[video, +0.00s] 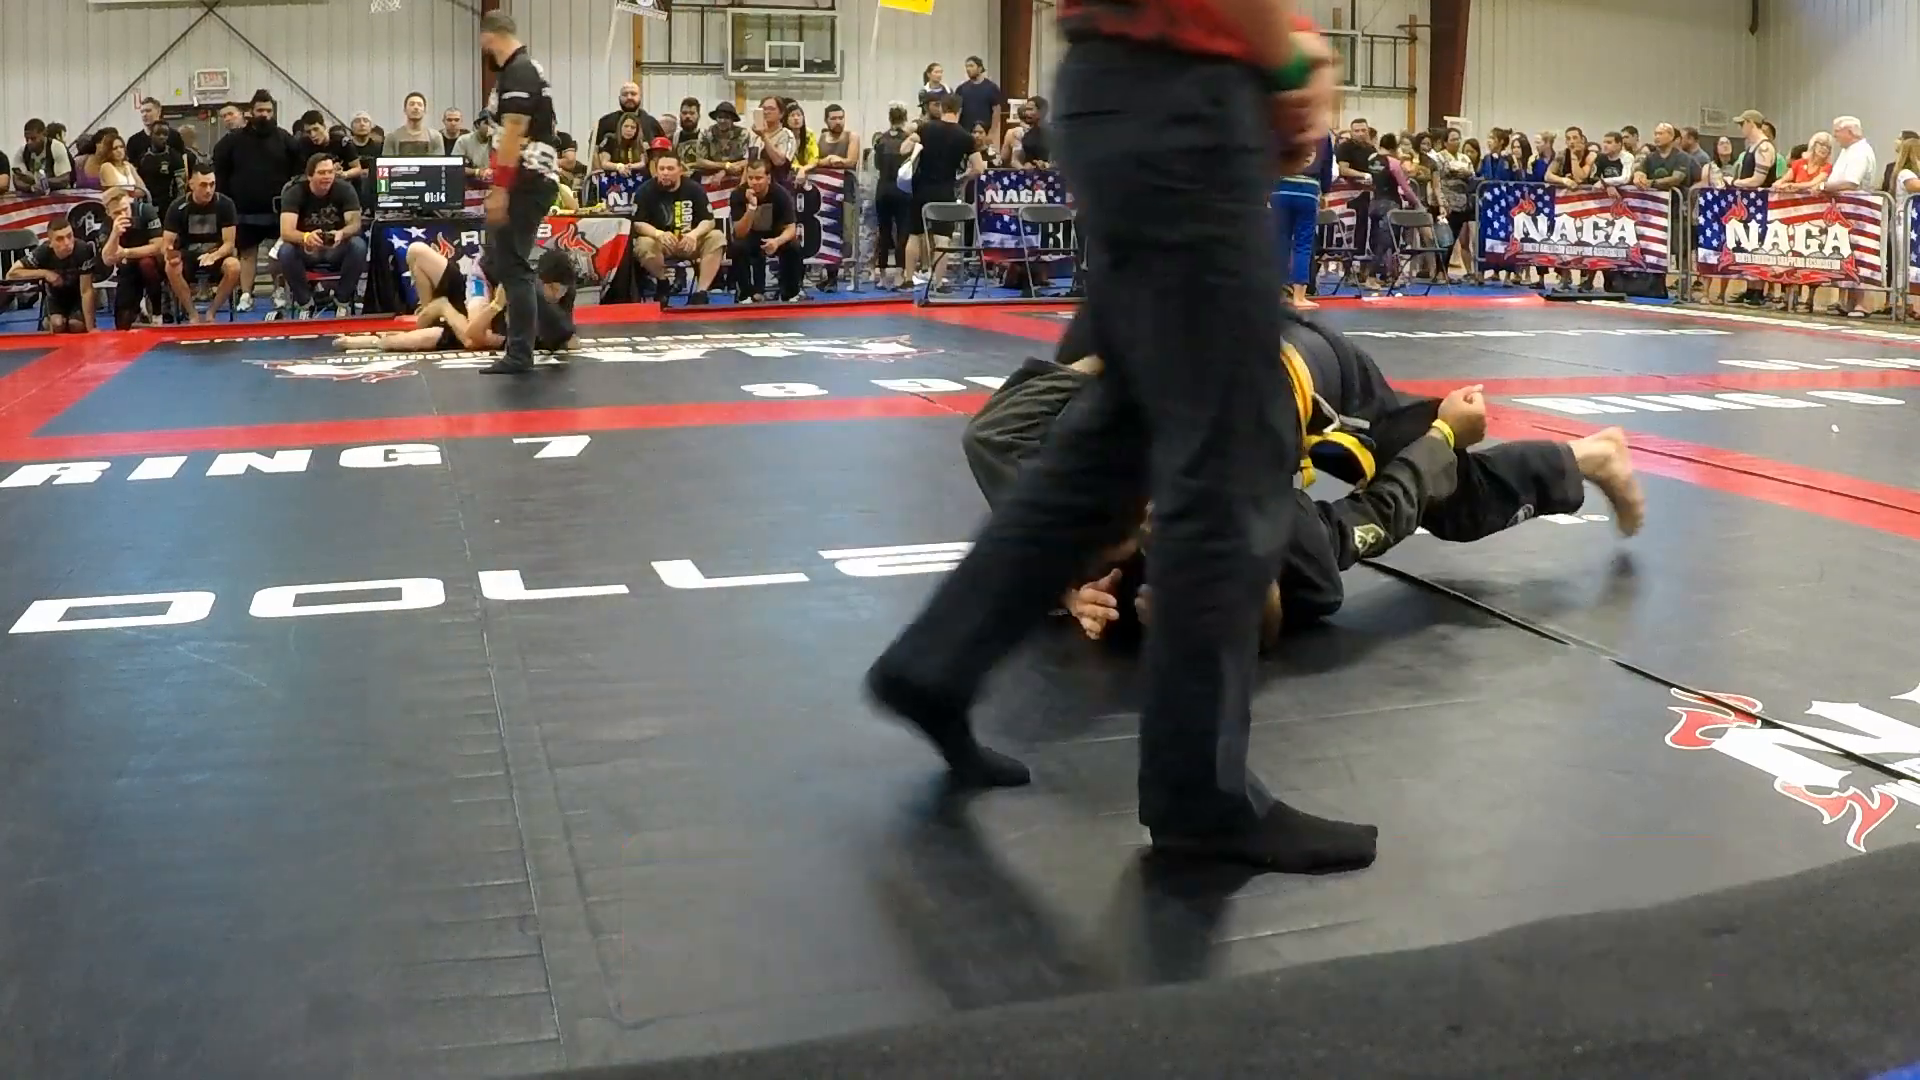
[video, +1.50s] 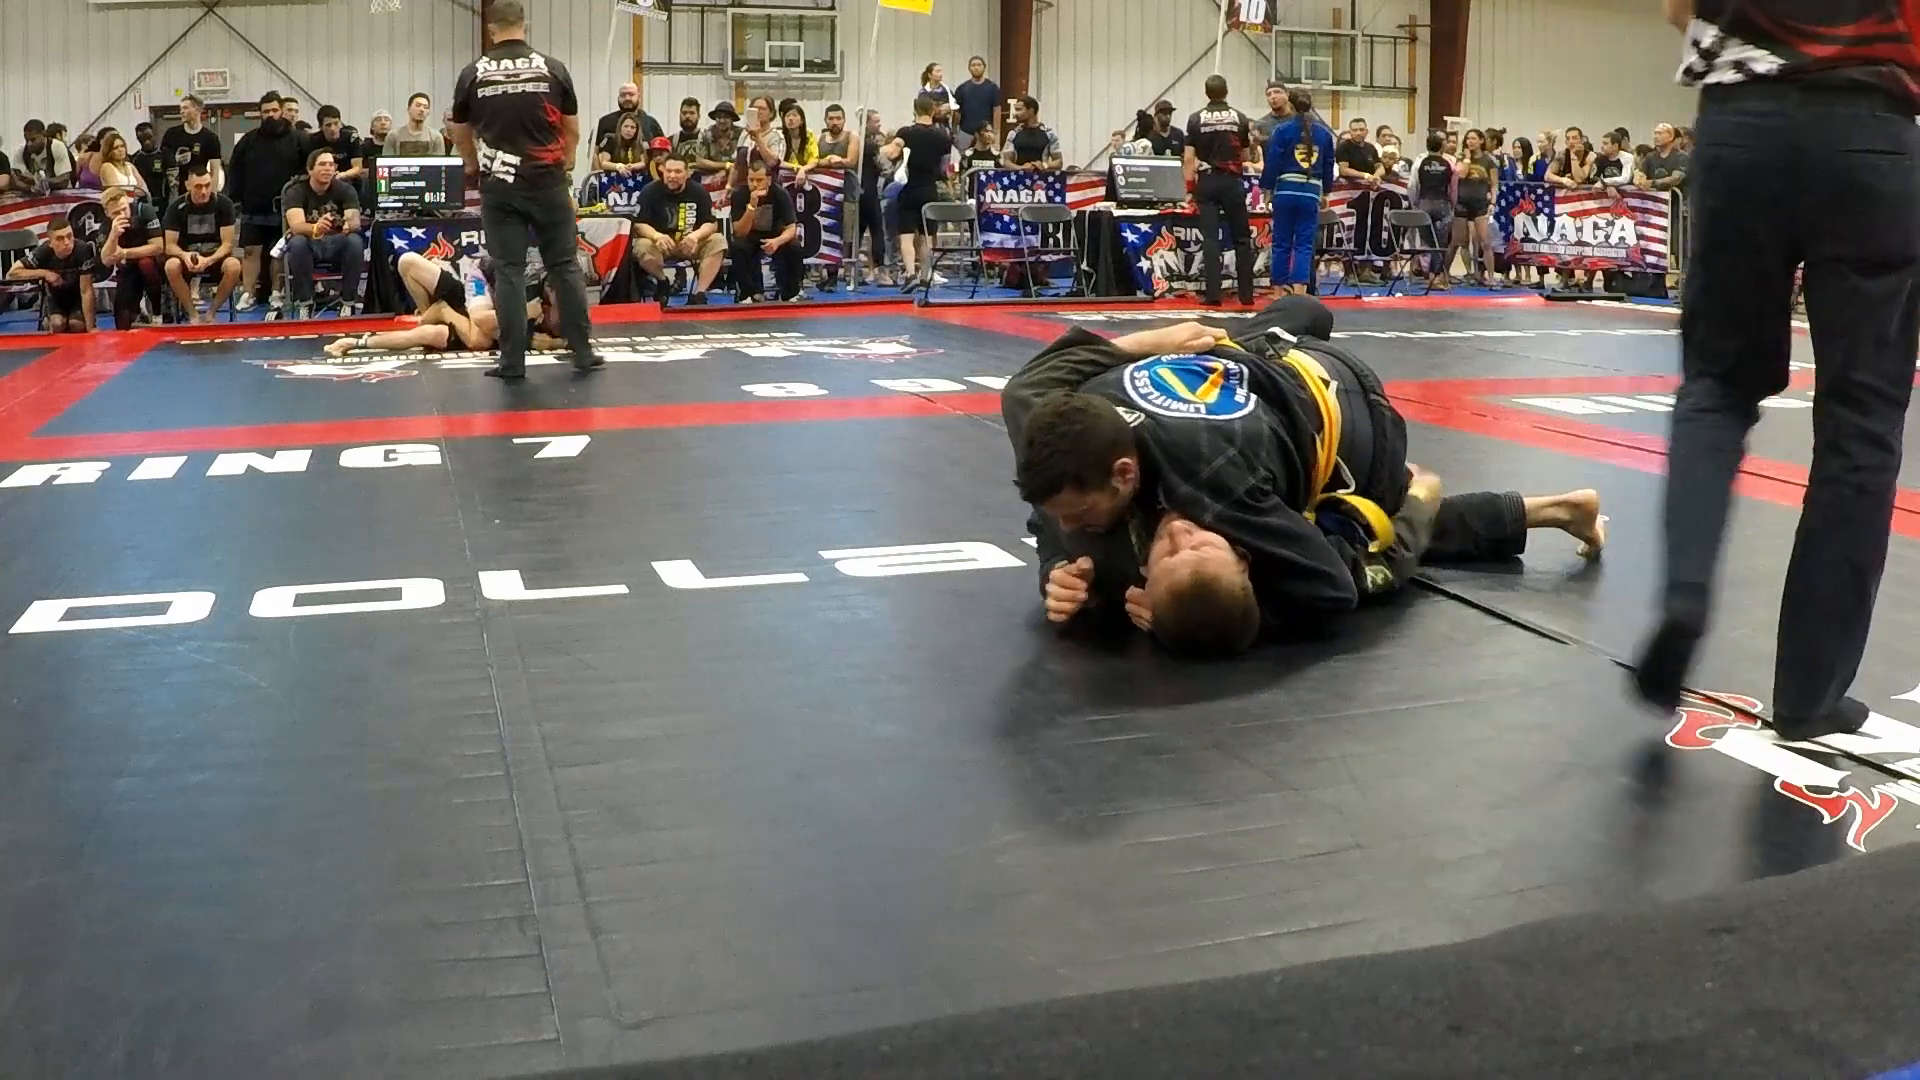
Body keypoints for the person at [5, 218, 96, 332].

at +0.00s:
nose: (67, 243)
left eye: (69, 237)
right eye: (60, 239)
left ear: (73, 235)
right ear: (50, 241)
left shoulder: (83, 249)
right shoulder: (44, 251)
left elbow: (86, 290)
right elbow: (12, 274)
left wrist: (91, 328)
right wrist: (44, 273)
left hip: (78, 293)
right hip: (55, 293)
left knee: (76, 325)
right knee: (58, 323)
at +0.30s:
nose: (67, 243)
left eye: (69, 237)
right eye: (60, 239)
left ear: (73, 235)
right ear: (50, 241)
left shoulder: (83, 250)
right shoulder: (44, 251)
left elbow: (86, 290)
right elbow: (12, 274)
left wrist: (91, 328)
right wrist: (44, 273)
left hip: (78, 291)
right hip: (55, 292)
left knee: (76, 325)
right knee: (58, 324)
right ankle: (46, 323)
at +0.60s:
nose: (67, 243)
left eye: (69, 236)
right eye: (60, 239)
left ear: (73, 235)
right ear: (50, 241)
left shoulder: (83, 250)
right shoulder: (44, 251)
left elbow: (86, 290)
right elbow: (12, 274)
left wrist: (91, 328)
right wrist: (44, 273)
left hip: (78, 292)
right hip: (55, 292)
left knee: (76, 324)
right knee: (58, 323)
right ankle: (46, 323)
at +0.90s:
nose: (67, 243)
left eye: (69, 236)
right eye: (60, 239)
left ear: (73, 235)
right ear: (50, 240)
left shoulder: (83, 249)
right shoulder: (44, 251)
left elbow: (86, 290)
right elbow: (12, 273)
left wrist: (91, 327)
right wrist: (44, 273)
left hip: (77, 292)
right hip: (55, 292)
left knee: (77, 324)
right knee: (58, 323)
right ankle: (46, 323)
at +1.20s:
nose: (67, 243)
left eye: (69, 237)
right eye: (60, 239)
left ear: (73, 235)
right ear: (50, 240)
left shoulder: (83, 249)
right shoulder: (44, 251)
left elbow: (86, 290)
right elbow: (12, 273)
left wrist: (91, 327)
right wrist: (44, 274)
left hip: (77, 291)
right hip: (55, 291)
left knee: (77, 324)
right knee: (58, 323)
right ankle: (46, 323)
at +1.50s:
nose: (67, 243)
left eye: (69, 237)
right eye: (60, 239)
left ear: (73, 235)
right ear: (50, 240)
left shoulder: (83, 249)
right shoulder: (44, 251)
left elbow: (86, 290)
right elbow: (12, 273)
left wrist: (91, 328)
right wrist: (44, 273)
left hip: (78, 292)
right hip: (55, 292)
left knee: (76, 324)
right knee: (57, 323)